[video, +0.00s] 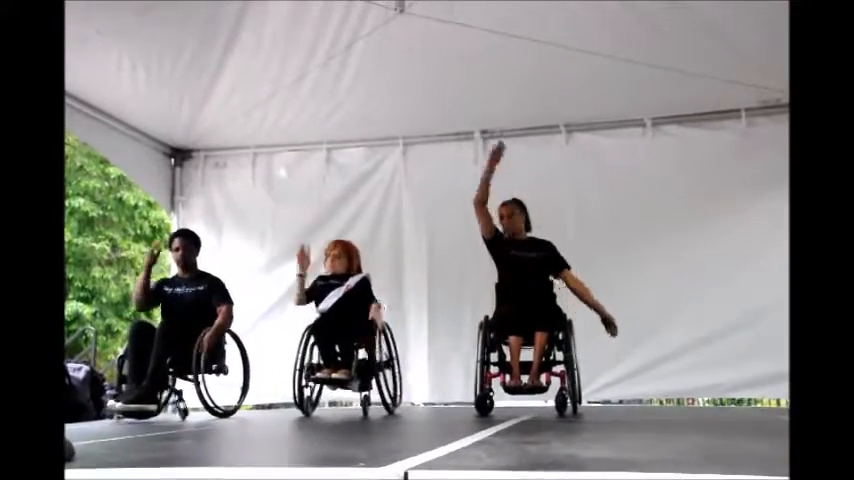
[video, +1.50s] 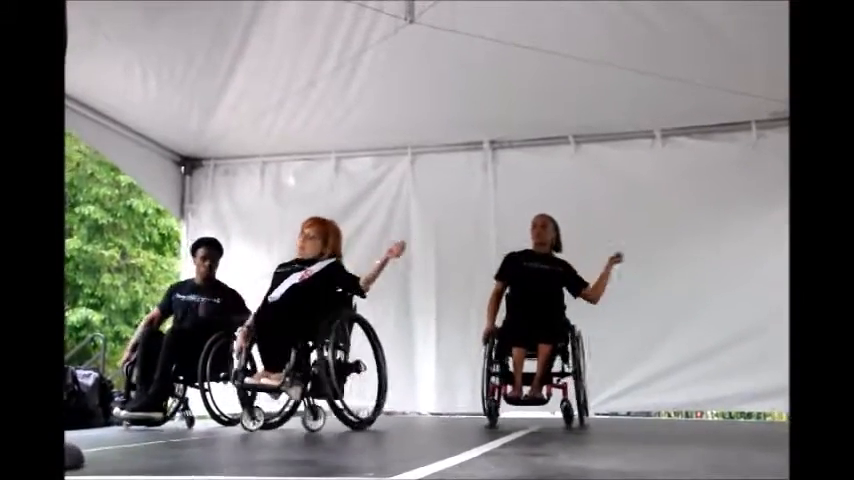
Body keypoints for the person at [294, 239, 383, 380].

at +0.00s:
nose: (331, 261)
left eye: (337, 257)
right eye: (328, 256)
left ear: (350, 261)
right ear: (325, 260)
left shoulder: (360, 281)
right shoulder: (322, 281)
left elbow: (370, 300)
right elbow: (300, 301)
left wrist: (376, 307)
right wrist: (301, 273)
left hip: (354, 318)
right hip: (331, 318)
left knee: (344, 332)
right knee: (319, 327)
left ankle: (345, 368)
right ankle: (329, 366)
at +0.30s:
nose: (327, 256)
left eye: (333, 253)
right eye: (324, 252)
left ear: (346, 257)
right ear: (321, 256)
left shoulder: (354, 277)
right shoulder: (314, 281)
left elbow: (374, 281)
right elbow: (299, 316)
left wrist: (383, 251)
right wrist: (275, 302)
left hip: (347, 318)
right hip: (322, 319)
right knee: (310, 322)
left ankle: (339, 368)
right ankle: (320, 366)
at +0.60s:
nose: (315, 256)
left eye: (321, 252)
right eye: (314, 252)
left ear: (334, 257)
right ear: (312, 254)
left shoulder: (345, 276)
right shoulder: (304, 280)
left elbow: (351, 270)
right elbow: (303, 309)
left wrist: (332, 252)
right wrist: (292, 318)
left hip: (340, 315)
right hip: (315, 318)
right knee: (306, 324)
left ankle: (336, 370)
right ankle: (315, 368)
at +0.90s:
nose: (313, 250)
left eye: (320, 247)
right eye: (310, 244)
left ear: (333, 254)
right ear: (304, 248)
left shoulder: (341, 273)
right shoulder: (296, 277)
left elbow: (364, 284)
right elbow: (289, 307)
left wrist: (337, 263)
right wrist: (283, 317)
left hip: (337, 317)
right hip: (307, 319)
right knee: (298, 321)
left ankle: (328, 371)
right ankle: (308, 369)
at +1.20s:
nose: (309, 246)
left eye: (317, 242)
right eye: (306, 240)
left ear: (331, 248)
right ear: (301, 245)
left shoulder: (339, 271)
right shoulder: (291, 272)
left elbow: (372, 285)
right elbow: (276, 304)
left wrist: (386, 258)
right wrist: (265, 325)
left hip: (329, 317)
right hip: (299, 316)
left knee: (315, 323)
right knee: (288, 319)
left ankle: (314, 371)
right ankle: (295, 368)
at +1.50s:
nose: (302, 241)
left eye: (310, 237)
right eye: (301, 235)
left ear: (326, 243)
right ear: (297, 238)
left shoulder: (332, 268)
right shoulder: (285, 269)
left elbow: (361, 286)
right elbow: (267, 302)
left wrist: (385, 259)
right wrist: (248, 328)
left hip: (314, 317)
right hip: (284, 315)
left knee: (273, 317)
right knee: (263, 319)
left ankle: (274, 373)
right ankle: (270, 371)